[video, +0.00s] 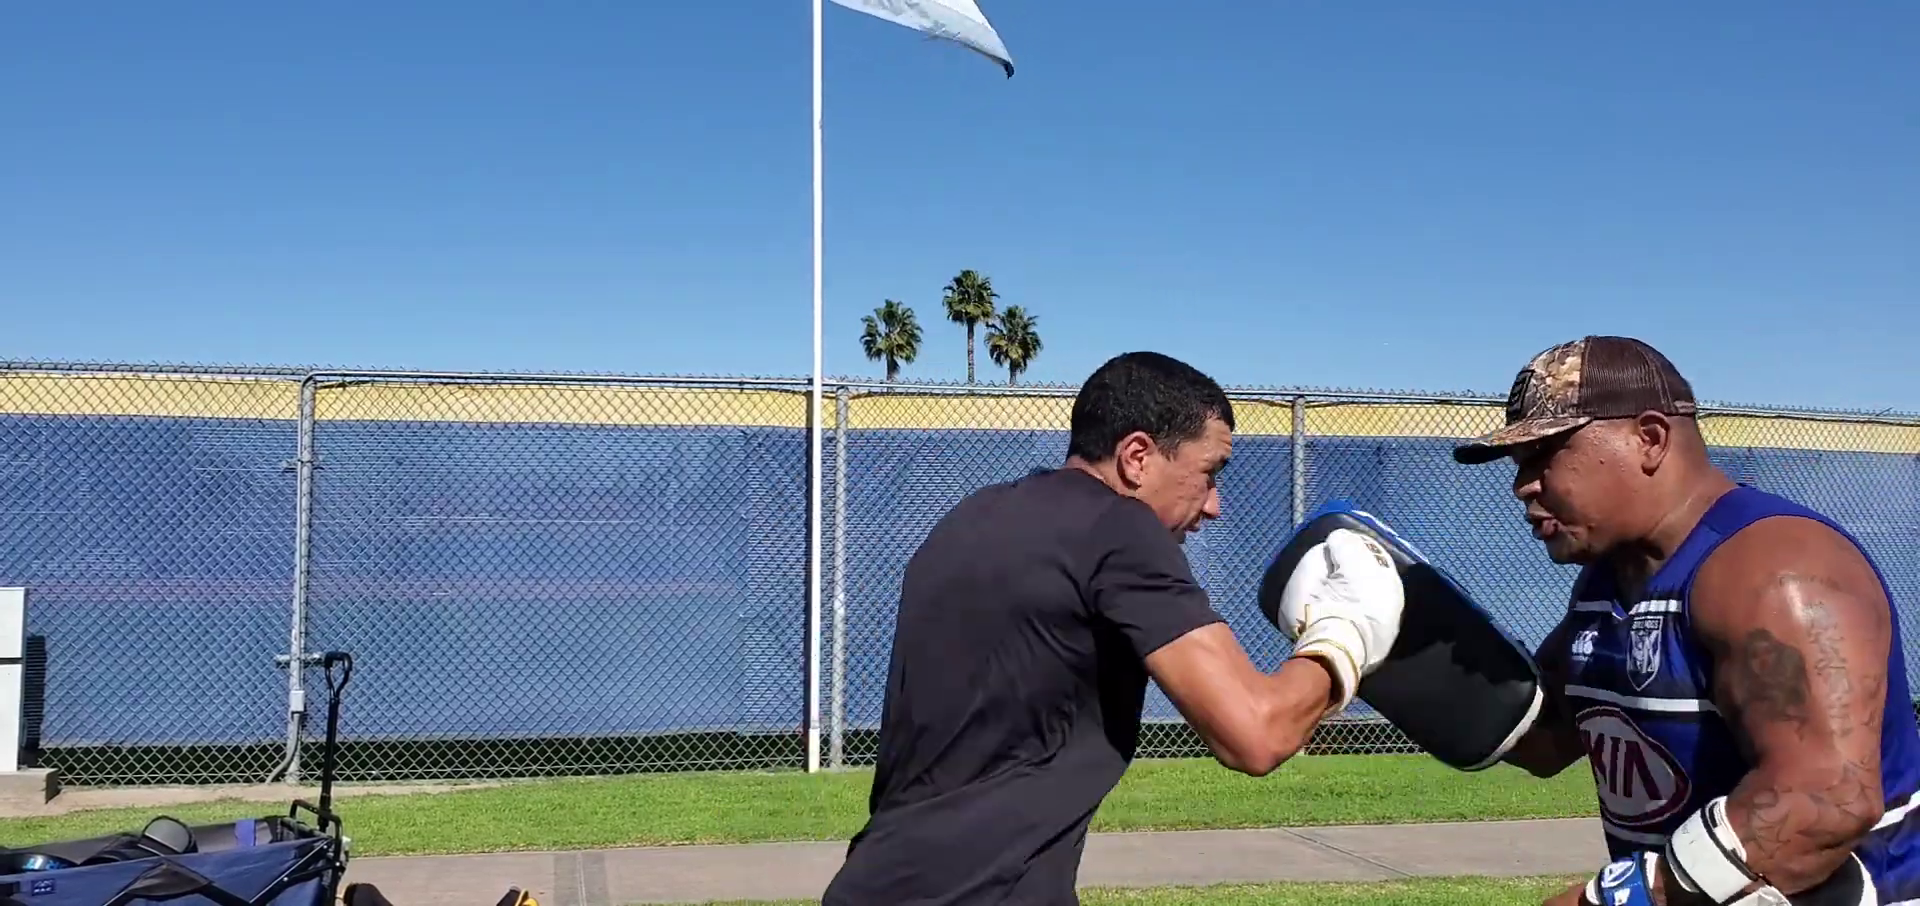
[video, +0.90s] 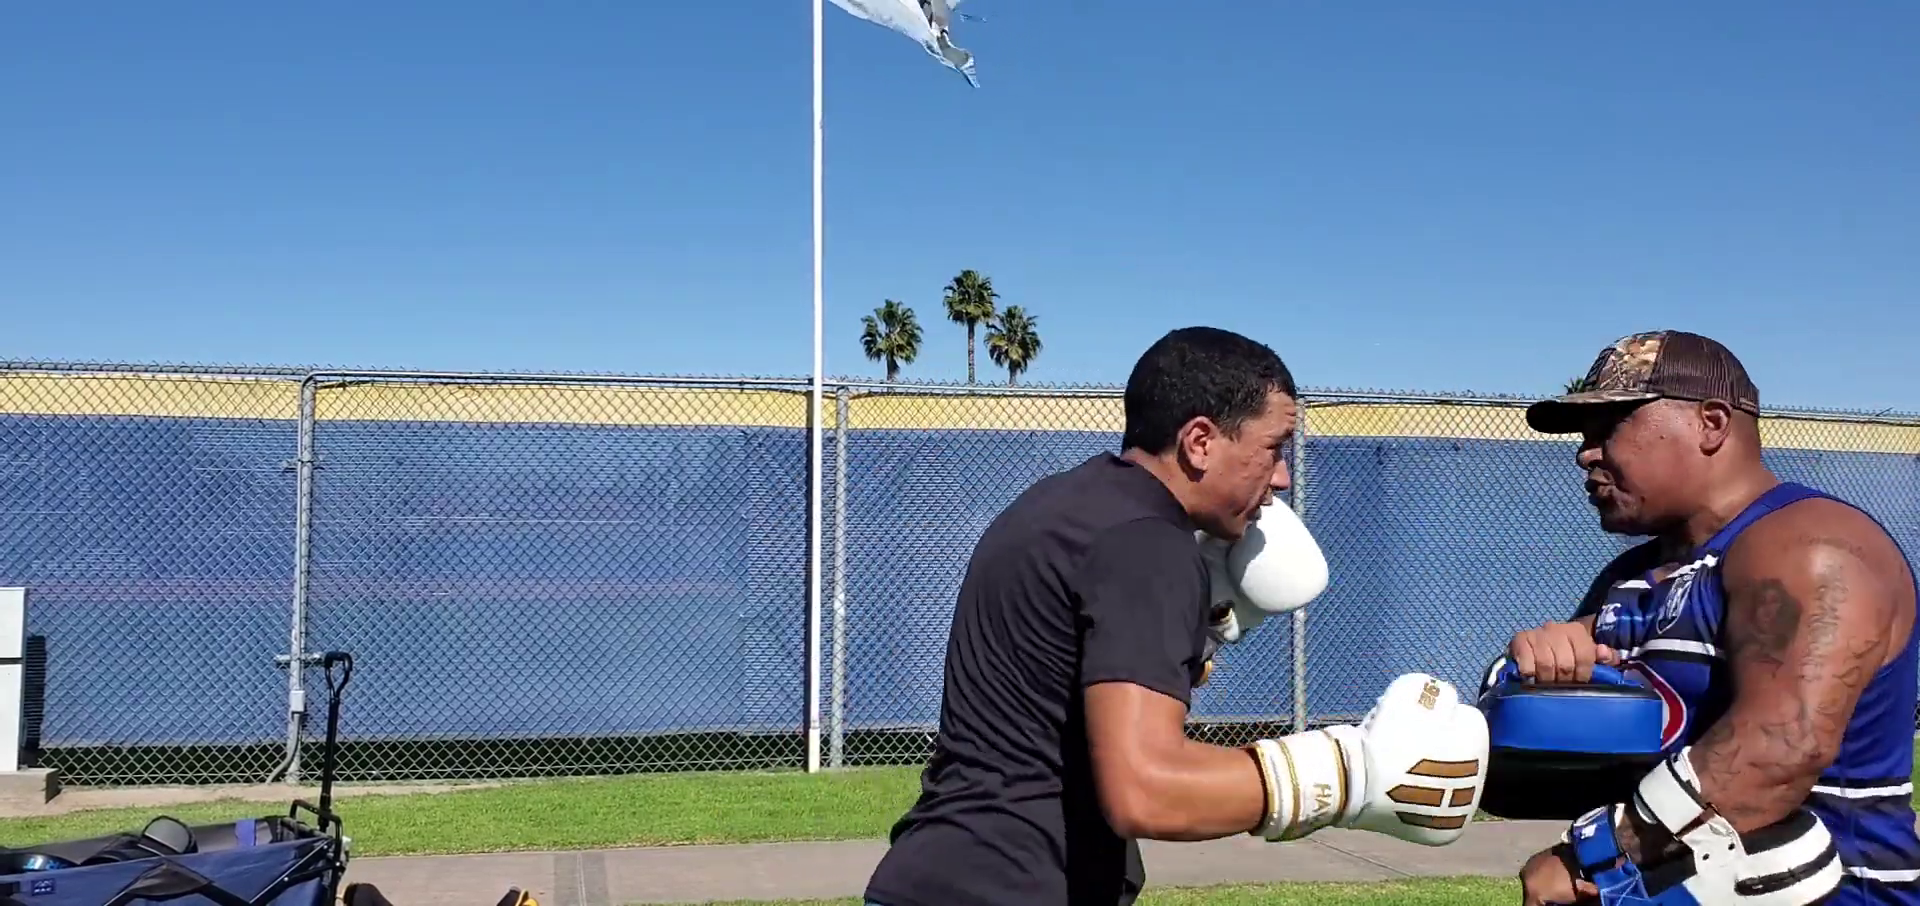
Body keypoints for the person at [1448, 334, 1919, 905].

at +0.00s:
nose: (1522, 486)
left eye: (1543, 455)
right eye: (1519, 462)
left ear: (1650, 441)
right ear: (1651, 444)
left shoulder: (1781, 576)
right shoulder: (1612, 574)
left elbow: (1825, 801)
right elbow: (1546, 739)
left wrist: (1622, 894)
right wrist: (1400, 651)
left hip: (1832, 893)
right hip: (1680, 889)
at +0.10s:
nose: (1551, 478)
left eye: (1570, 447)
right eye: (1549, 457)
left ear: (1670, 429)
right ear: (1670, 433)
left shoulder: (1783, 567)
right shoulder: (1632, 564)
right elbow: (1521, 699)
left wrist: (1629, 894)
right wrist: (1419, 608)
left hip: (1851, 886)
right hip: (1697, 884)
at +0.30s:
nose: (1548, 500)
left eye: (1563, 475)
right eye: (1547, 481)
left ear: (1634, 448)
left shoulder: (1817, 551)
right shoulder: (1628, 577)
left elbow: (1794, 771)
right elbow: (1482, 657)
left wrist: (1667, 879)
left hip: (1827, 888)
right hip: (1680, 882)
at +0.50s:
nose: (1538, 507)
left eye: (1552, 477)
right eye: (1536, 483)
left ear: (1619, 459)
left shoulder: (1800, 560)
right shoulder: (1620, 575)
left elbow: (1796, 787)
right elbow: (1466, 681)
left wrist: (1677, 886)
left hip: (1795, 890)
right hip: (1661, 883)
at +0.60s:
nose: (1539, 501)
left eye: (1550, 474)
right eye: (1533, 480)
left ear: (1632, 450)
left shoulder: (1790, 558)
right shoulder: (1618, 566)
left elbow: (1775, 793)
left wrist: (1653, 886)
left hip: (1793, 890)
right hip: (1648, 878)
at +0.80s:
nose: (1551, 460)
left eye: (1567, 425)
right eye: (1554, 435)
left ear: (1650, 414)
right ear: (1649, 417)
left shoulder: (1775, 532)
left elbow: (1746, 757)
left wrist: (1604, 880)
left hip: (1824, 883)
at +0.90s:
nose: (1584, 453)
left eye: (1610, 425)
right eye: (1586, 433)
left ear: (1710, 427)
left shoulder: (1812, 552)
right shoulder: (1624, 578)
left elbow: (1772, 759)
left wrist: (1588, 856)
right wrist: (1534, 671)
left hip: (1842, 883)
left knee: (1759, 841)